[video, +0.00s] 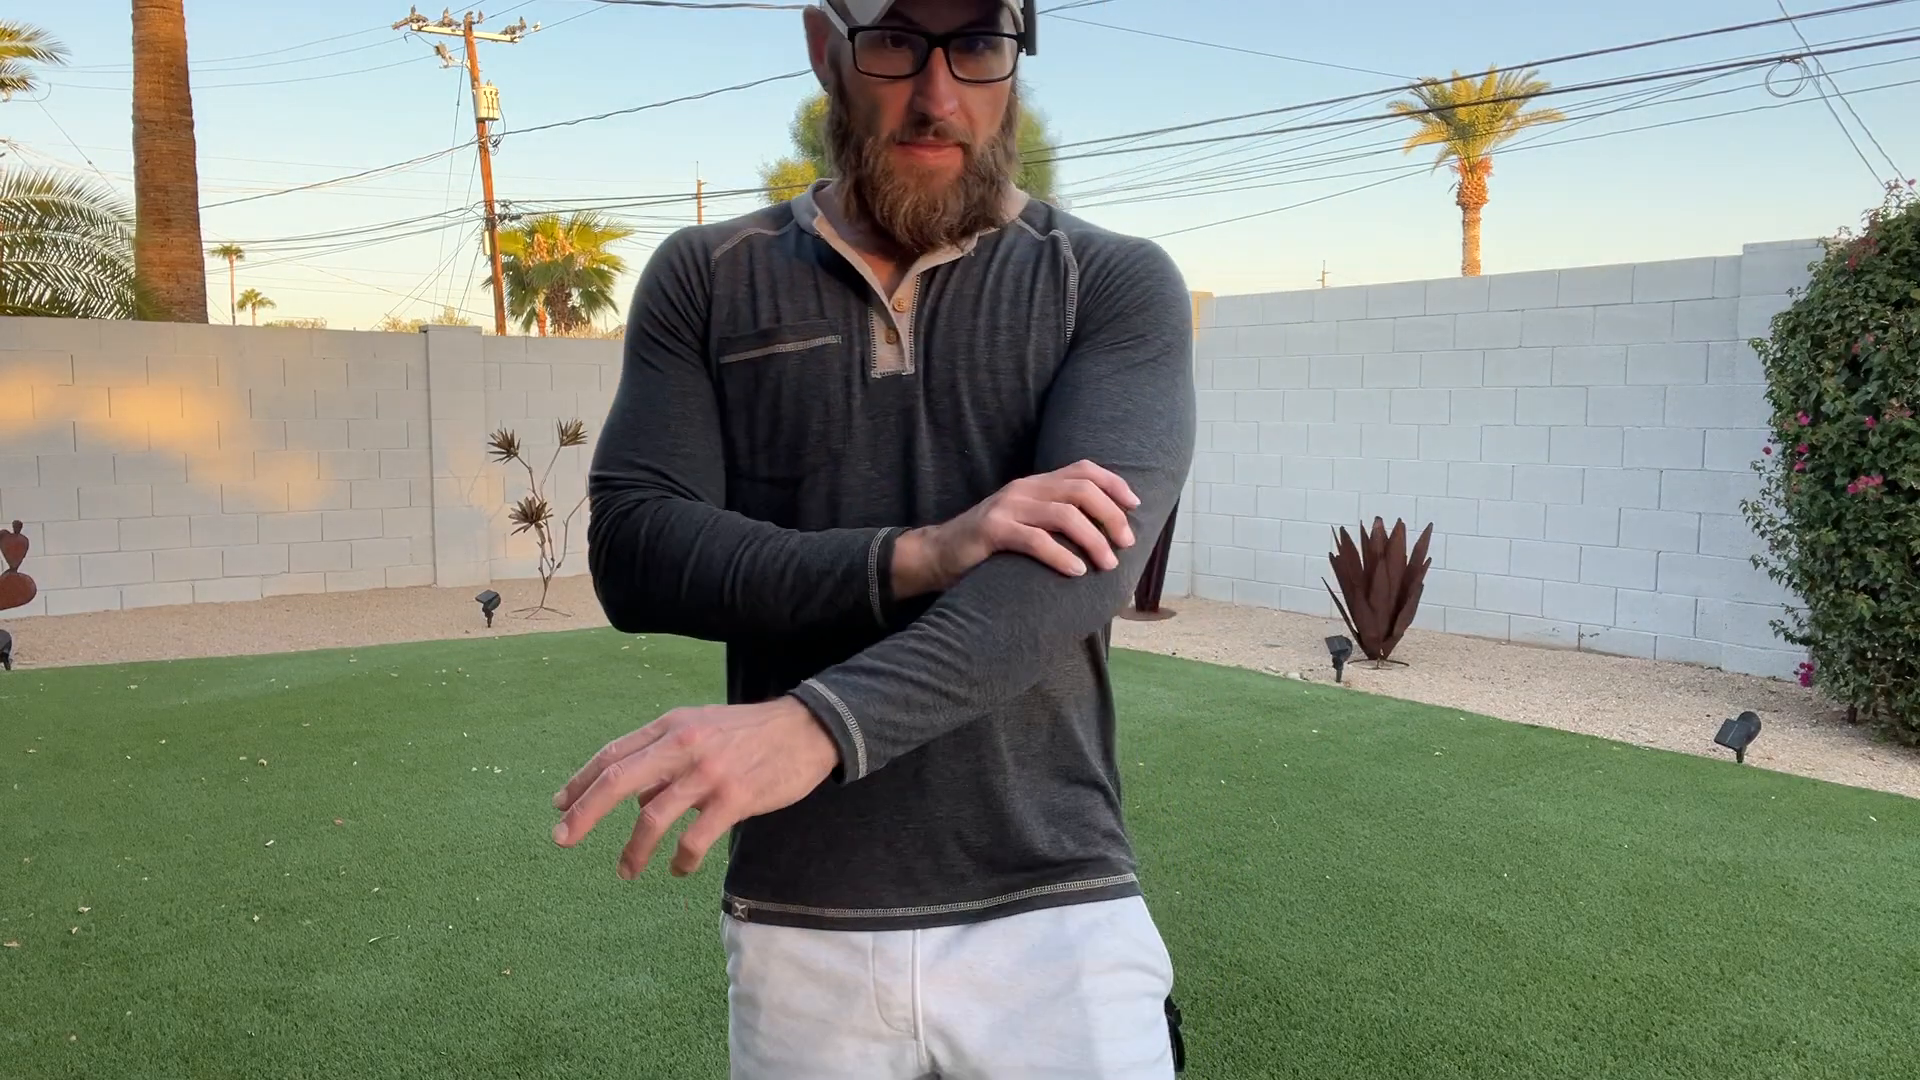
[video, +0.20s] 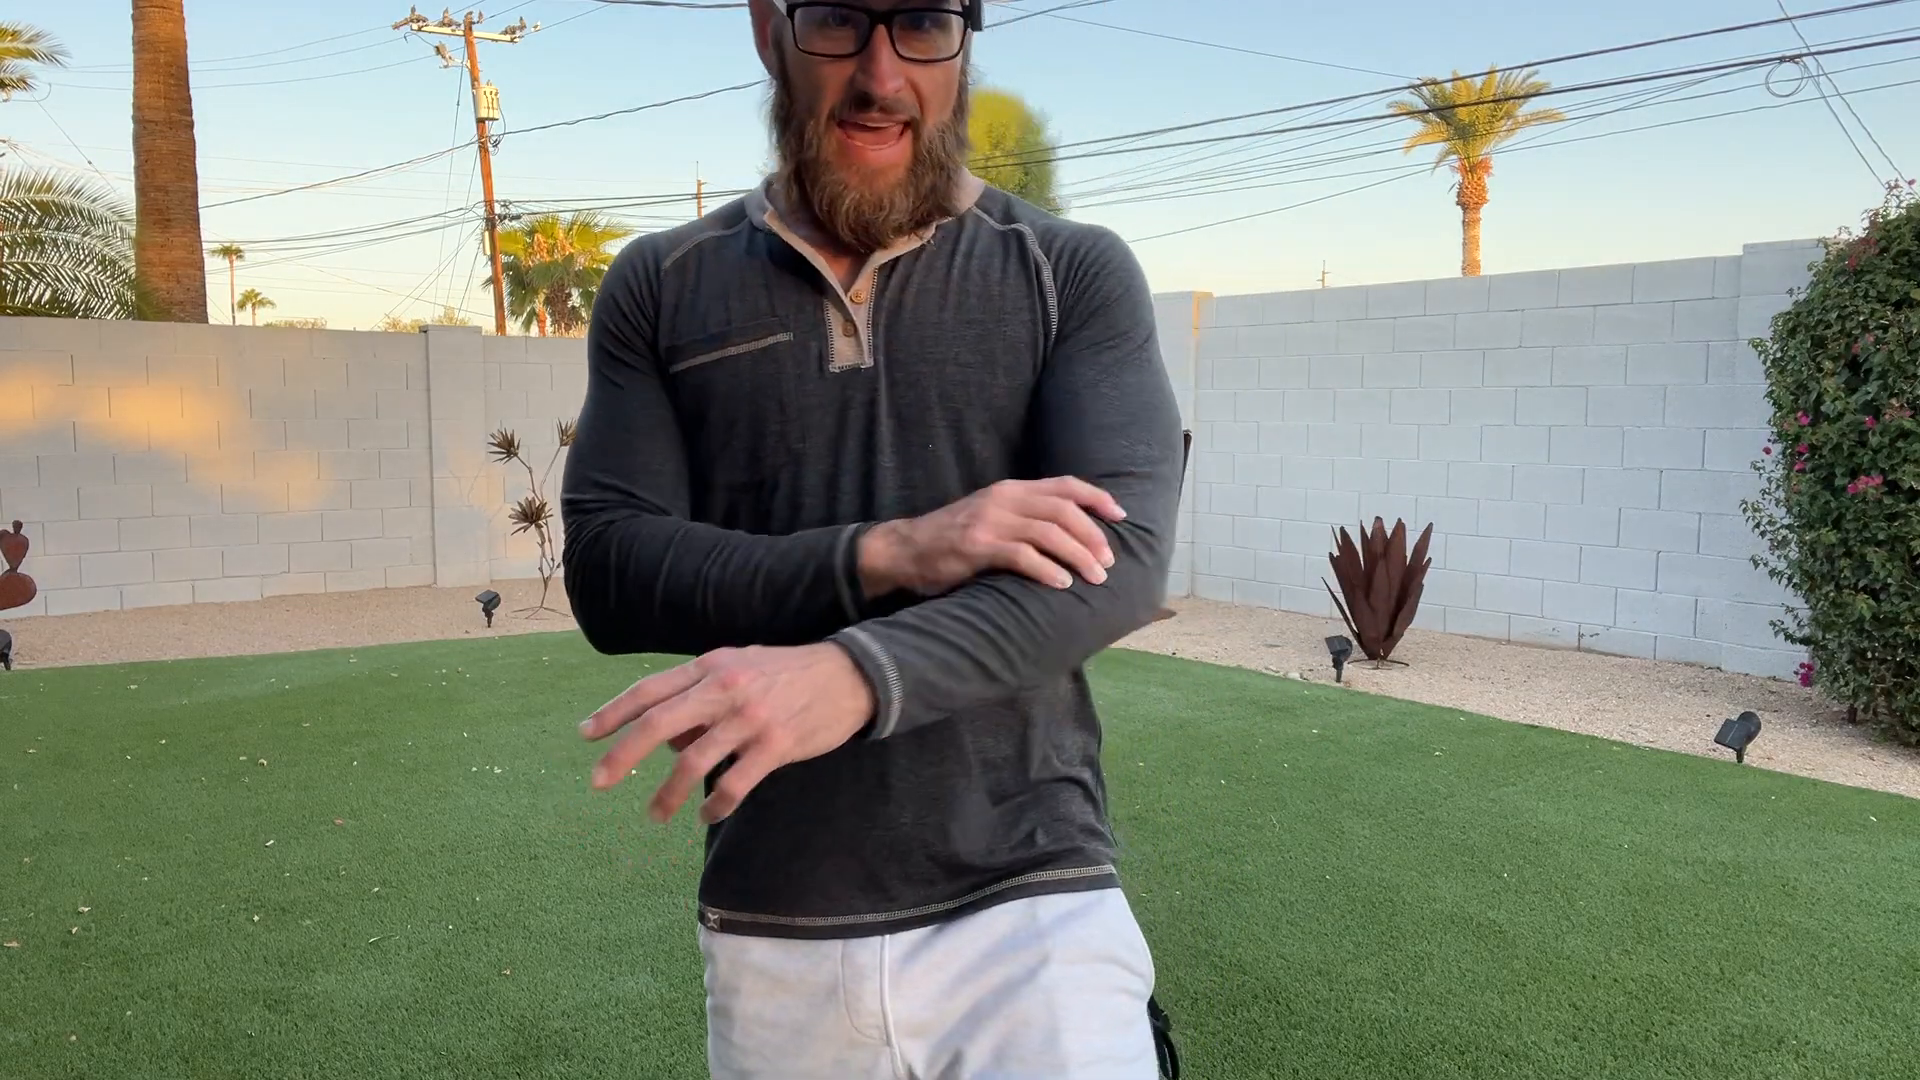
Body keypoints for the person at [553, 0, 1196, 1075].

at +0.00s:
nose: (935, 90)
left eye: (975, 48)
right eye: (893, 45)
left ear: (1015, 64)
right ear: (827, 54)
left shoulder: (1111, 279)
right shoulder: (704, 277)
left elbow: (1079, 566)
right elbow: (637, 550)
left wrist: (815, 722)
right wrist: (922, 553)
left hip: (1057, 927)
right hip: (802, 931)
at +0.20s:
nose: (881, 74)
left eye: (922, 27)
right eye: (836, 25)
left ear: (966, 45)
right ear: (768, 35)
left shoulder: (1072, 273)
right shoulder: (659, 289)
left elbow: (1115, 556)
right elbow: (611, 574)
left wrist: (860, 672)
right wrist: (892, 550)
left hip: (1032, 920)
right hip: (776, 939)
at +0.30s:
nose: (859, 75)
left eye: (902, 26)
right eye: (815, 26)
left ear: (950, 43)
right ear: (752, 35)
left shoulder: (1072, 279)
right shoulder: (641, 299)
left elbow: (1200, 550)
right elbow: (568, 598)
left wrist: (1026, 630)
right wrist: (721, 565)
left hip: (1028, 929)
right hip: (767, 947)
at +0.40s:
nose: (850, 89)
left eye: (893, 39)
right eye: (804, 40)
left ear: (945, 47)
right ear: (741, 40)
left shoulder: (1079, 278)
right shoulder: (639, 299)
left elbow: (1238, 527)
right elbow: (567, 631)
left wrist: (1240, 614)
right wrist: (523, 618)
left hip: (1033, 940)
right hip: (764, 957)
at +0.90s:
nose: (957, 67)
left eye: (1004, 15)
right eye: (905, 18)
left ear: (1057, 30)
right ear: (837, 27)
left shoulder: (1190, 280)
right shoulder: (697, 289)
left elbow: (1289, 591)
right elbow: (637, 596)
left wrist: (1392, 705)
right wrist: (525, 702)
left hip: (1110, 1006)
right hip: (810, 1013)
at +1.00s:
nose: (1009, 46)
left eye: (1058, 4)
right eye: (958, 1)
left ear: (1107, 26)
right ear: (889, 13)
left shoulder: (1238, 278)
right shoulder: (723, 277)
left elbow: (1338, 603)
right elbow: (646, 587)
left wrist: (1378, 806)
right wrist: (614, 752)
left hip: (1154, 1004)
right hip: (842, 1013)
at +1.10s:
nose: (1064, 42)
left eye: (1109, 3)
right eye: (1019, 1)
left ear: (1168, 24)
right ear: (942, 14)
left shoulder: (1289, 286)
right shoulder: (760, 269)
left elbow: (1369, 647)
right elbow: (678, 592)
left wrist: (1311, 927)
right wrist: (752, 789)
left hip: (1177, 1030)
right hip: (870, 1033)